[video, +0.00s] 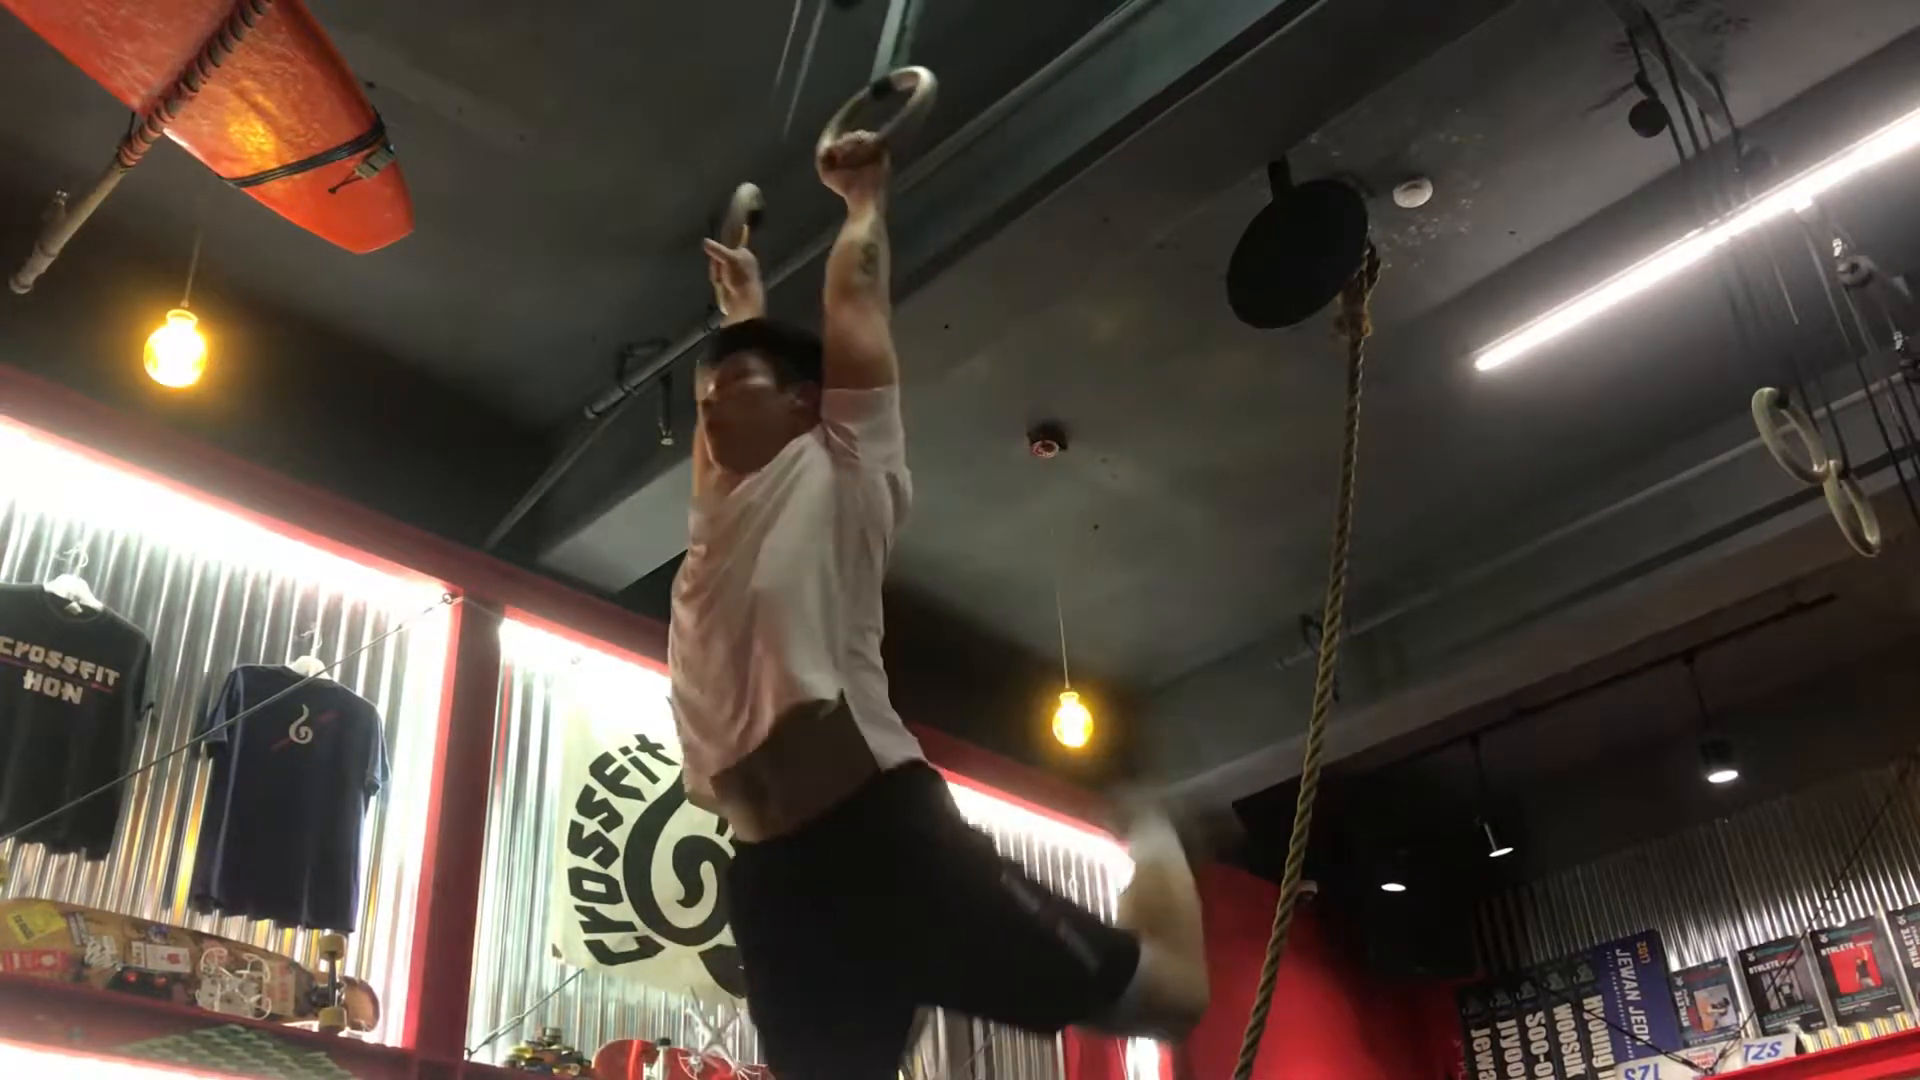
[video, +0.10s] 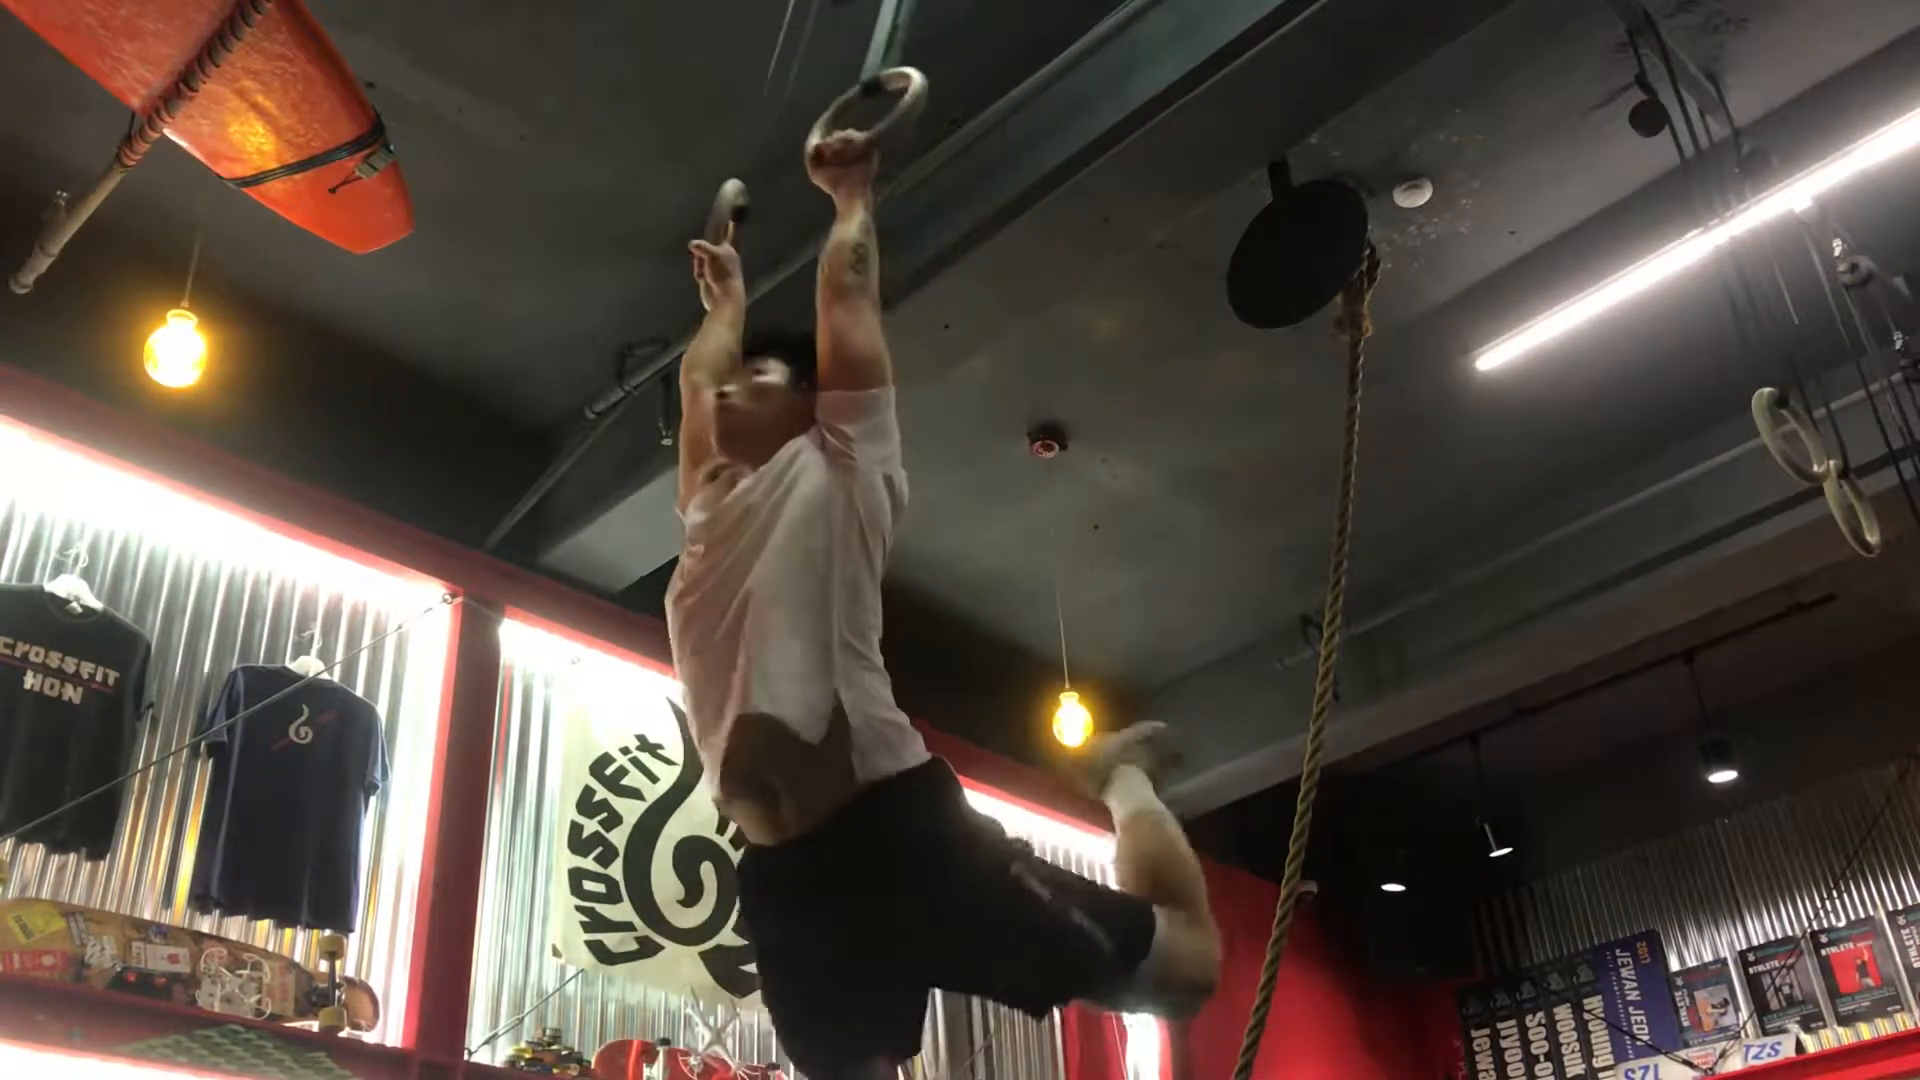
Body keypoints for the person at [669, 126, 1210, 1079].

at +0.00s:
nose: (715, 392)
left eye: (742, 377)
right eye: (708, 382)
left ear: (799, 401)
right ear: (706, 423)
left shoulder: (847, 467)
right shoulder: (714, 521)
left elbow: (854, 303)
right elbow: (720, 422)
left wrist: (862, 193)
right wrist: (745, 308)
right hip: (775, 891)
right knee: (820, 1068)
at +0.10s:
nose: (731, 385)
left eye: (760, 373)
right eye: (724, 379)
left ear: (807, 405)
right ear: (713, 418)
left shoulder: (846, 467)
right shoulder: (705, 511)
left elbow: (844, 295)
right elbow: (699, 384)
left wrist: (851, 195)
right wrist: (724, 297)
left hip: (898, 832)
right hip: (784, 887)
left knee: (1186, 966)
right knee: (843, 1065)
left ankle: (1128, 773)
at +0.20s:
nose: (776, 402)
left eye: (801, 401)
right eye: (771, 398)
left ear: (834, 431)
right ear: (750, 438)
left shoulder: (857, 483)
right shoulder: (719, 515)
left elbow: (862, 316)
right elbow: (715, 398)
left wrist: (868, 208)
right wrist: (735, 311)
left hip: (900, 854)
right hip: (788, 901)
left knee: (1166, 1031)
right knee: (859, 1070)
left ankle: (1141, 840)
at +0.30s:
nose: (826, 450)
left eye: (846, 445)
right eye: (823, 442)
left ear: (870, 471)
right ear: (795, 469)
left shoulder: (881, 523)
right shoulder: (745, 541)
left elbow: (895, 351)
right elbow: (751, 417)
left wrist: (905, 249)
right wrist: (766, 334)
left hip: (905, 899)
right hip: (791, 937)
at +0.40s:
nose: (863, 504)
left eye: (895, 508)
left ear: (935, 532)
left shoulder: (923, 559)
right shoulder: (793, 576)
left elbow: (914, 378)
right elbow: (798, 445)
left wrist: (923, 284)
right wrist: (810, 348)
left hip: (932, 924)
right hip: (829, 947)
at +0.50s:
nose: (953, 553)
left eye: (980, 550)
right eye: (948, 551)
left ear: (1026, 588)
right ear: (927, 572)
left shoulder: (1013, 618)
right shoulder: (870, 641)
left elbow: (963, 438)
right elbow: (855, 494)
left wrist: (952, 321)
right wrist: (853, 383)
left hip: (1012, 955)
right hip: (902, 968)